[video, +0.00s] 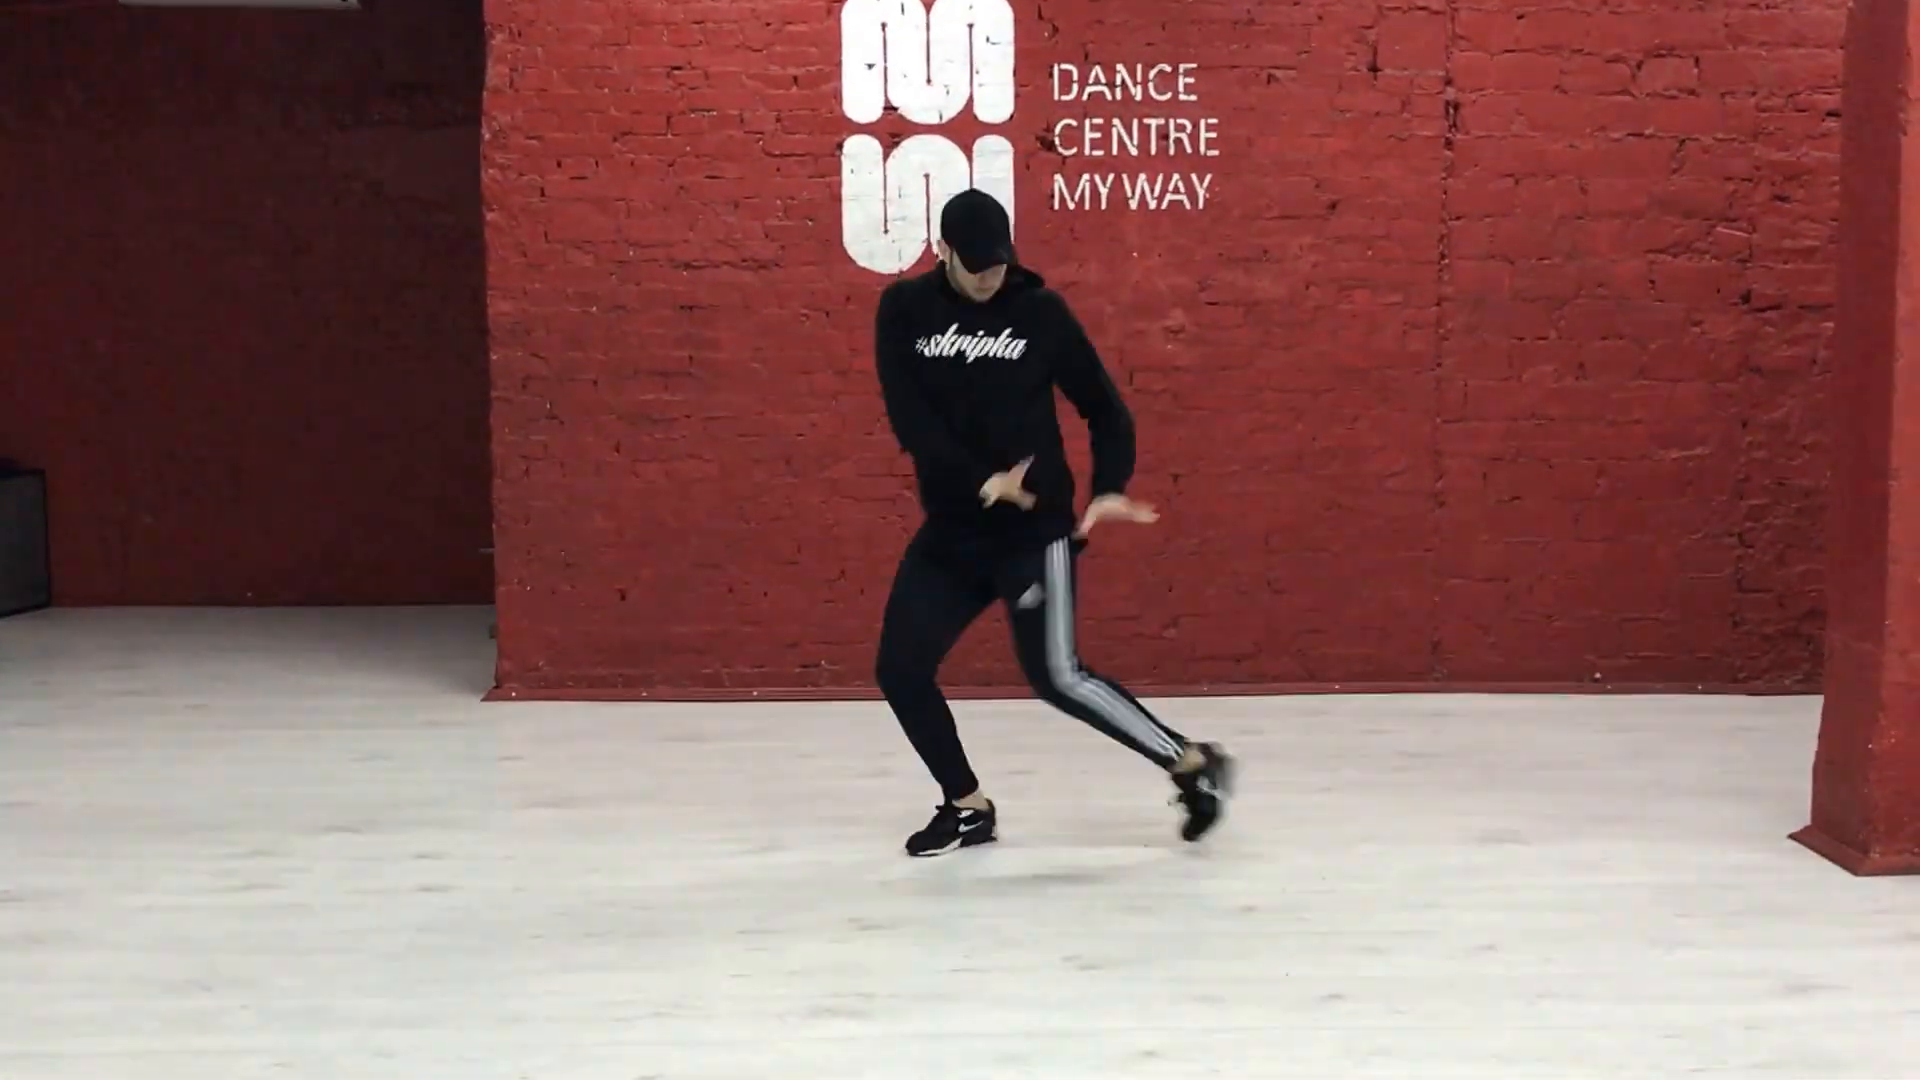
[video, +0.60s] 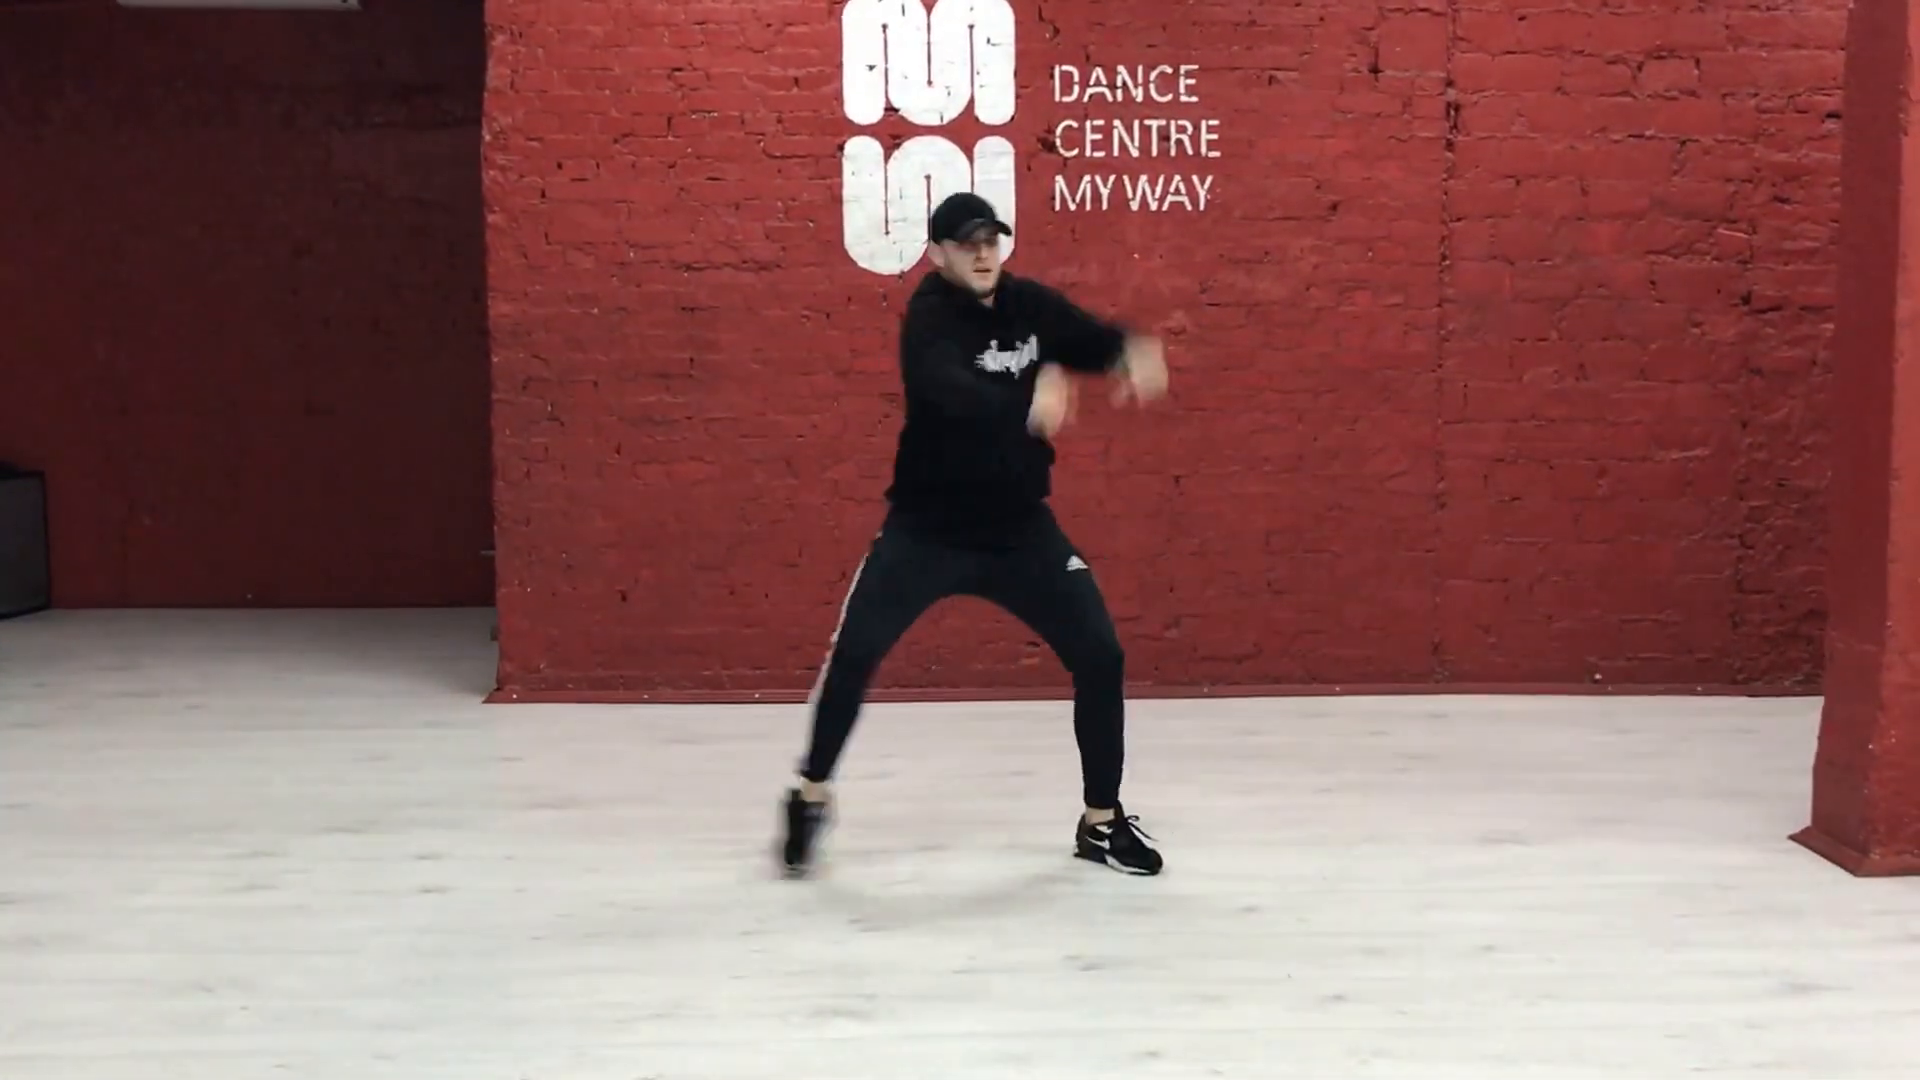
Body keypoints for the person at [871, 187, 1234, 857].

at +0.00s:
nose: (989, 279)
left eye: (998, 265)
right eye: (976, 267)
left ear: (1009, 250)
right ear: (945, 251)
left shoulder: (1040, 311)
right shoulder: (902, 307)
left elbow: (1106, 409)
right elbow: (910, 417)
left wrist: (1111, 487)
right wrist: (979, 478)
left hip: (1036, 524)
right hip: (954, 527)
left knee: (1057, 676)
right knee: (900, 670)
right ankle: (966, 805)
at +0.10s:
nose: (989, 272)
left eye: (997, 258)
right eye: (974, 262)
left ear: (1006, 245)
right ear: (942, 250)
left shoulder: (1034, 298)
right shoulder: (906, 306)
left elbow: (1100, 357)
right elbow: (889, 411)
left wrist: (1127, 402)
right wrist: (958, 432)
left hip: (1041, 515)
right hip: (962, 521)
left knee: (1074, 671)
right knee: (892, 659)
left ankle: (1202, 784)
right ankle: (968, 804)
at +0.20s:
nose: (980, 271)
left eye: (990, 258)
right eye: (966, 261)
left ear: (1008, 241)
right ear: (945, 252)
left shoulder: (1052, 275)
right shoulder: (922, 309)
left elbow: (1140, 291)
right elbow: (872, 408)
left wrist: (1135, 325)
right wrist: (914, 411)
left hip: (1055, 514)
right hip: (957, 518)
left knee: (1123, 641)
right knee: (884, 648)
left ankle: (1128, 786)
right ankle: (937, 784)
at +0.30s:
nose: (977, 282)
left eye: (987, 269)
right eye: (965, 270)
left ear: (1011, 248)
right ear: (948, 258)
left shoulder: (1061, 269)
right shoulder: (943, 317)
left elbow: (1170, 267)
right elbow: (894, 417)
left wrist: (1128, 320)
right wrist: (907, 414)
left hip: (1047, 513)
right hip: (967, 519)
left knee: (1114, 650)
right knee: (948, 674)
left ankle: (1103, 816)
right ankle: (836, 790)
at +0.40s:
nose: (980, 279)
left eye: (991, 266)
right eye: (968, 267)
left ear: (1017, 245)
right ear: (952, 256)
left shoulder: (1069, 291)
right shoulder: (940, 313)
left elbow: (1175, 325)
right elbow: (893, 403)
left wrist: (1114, 363)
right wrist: (913, 411)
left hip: (1041, 520)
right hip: (964, 526)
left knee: (1110, 653)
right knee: (989, 688)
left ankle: (1102, 817)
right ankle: (842, 808)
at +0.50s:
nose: (995, 258)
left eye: (1004, 243)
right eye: (980, 247)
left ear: (1024, 242)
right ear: (962, 253)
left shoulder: (1052, 312)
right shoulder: (939, 317)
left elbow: (1114, 389)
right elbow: (897, 405)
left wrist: (1123, 448)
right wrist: (979, 471)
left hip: (1043, 520)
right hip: (957, 529)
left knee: (1113, 652)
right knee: (924, 671)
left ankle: (1102, 817)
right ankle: (851, 809)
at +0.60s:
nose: (984, 254)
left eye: (992, 241)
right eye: (967, 243)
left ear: (1003, 244)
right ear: (937, 253)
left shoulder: (1029, 303)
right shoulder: (929, 316)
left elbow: (1084, 339)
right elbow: (946, 388)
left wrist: (1126, 350)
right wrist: (1022, 403)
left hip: (1020, 531)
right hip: (925, 530)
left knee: (1099, 656)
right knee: (854, 651)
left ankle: (1102, 818)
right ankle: (809, 797)